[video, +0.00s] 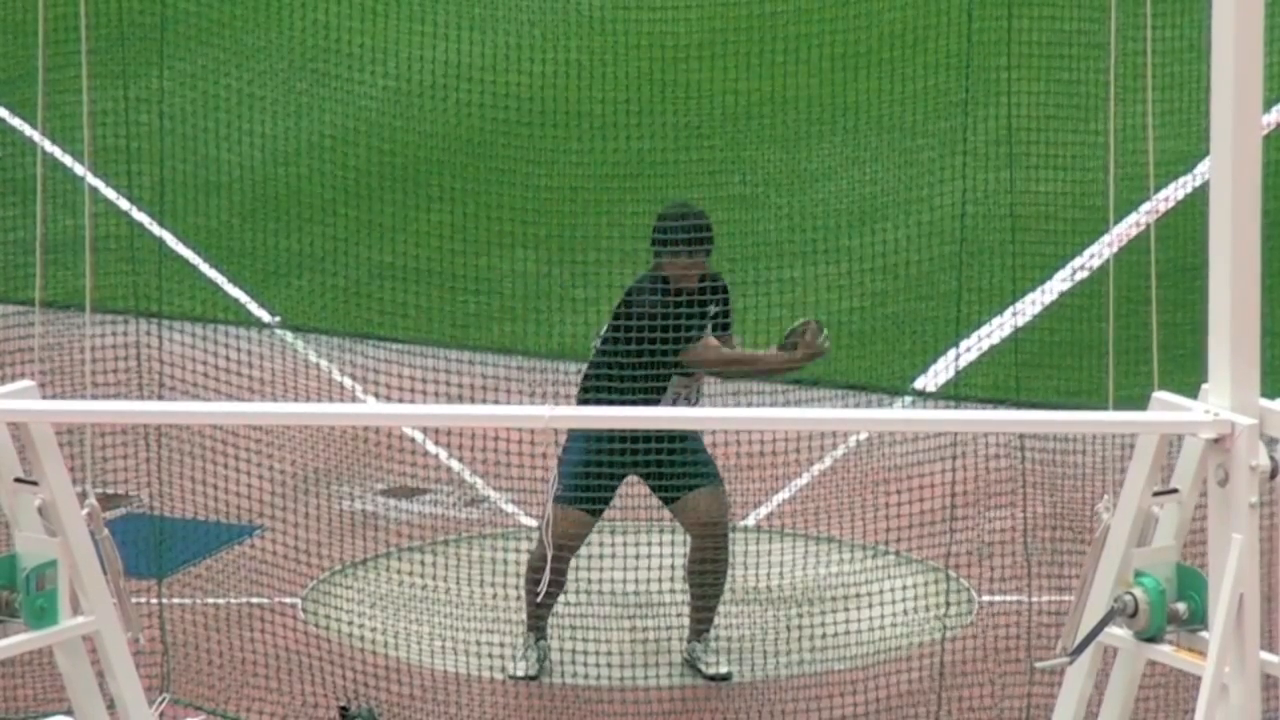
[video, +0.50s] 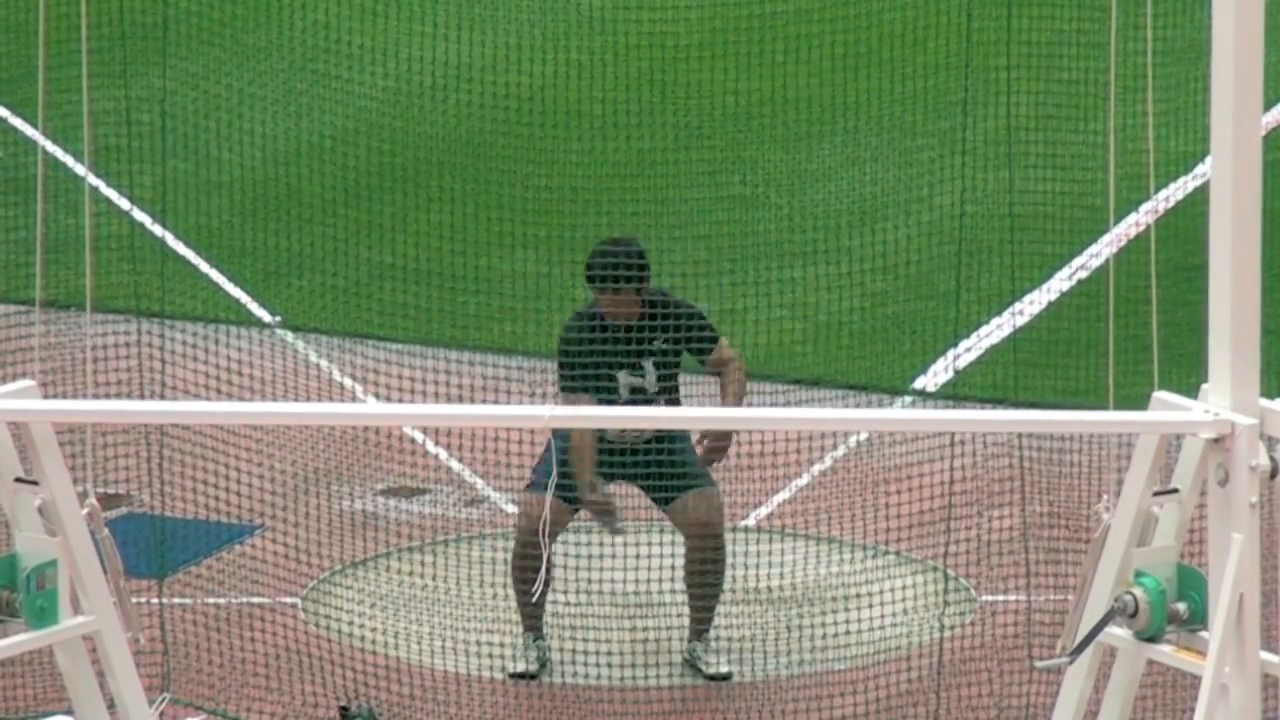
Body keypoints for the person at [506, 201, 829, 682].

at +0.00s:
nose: (688, 263)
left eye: (697, 252)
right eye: (677, 253)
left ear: (709, 253)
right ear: (659, 255)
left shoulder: (714, 291)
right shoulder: (647, 300)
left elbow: (726, 354)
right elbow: (711, 362)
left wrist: (783, 351)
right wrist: (793, 362)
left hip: (665, 430)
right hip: (602, 430)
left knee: (711, 522)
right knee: (562, 536)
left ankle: (699, 643)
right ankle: (533, 637)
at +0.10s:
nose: (682, 261)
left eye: (691, 251)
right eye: (672, 251)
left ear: (706, 252)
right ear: (657, 253)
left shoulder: (712, 288)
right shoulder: (645, 296)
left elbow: (725, 358)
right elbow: (706, 350)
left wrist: (778, 333)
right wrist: (783, 340)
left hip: (663, 429)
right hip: (601, 428)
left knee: (710, 520)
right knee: (564, 532)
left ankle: (698, 643)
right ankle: (534, 637)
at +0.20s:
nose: (678, 265)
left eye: (687, 253)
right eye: (667, 254)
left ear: (701, 254)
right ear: (650, 257)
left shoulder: (710, 290)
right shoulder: (639, 298)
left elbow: (722, 355)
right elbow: (695, 356)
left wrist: (774, 342)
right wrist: (783, 350)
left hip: (662, 430)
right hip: (598, 429)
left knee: (708, 520)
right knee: (560, 533)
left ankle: (698, 643)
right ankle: (533, 637)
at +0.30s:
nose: (662, 277)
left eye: (671, 267)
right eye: (652, 267)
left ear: (686, 264)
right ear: (638, 266)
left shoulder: (703, 297)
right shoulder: (626, 308)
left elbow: (728, 354)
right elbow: (682, 375)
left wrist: (747, 392)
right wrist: (755, 395)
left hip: (660, 430)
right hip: (595, 430)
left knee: (707, 521)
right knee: (552, 533)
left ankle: (698, 644)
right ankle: (534, 637)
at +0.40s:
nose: (635, 289)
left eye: (645, 279)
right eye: (627, 279)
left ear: (665, 275)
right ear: (617, 278)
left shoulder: (690, 306)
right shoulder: (607, 319)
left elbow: (732, 362)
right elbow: (637, 403)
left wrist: (731, 434)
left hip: (654, 436)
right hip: (591, 438)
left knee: (706, 519)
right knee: (541, 529)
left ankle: (698, 644)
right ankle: (533, 640)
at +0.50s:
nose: (608, 300)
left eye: (618, 291)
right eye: (601, 290)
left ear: (641, 288)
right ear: (592, 288)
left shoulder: (674, 317)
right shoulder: (580, 332)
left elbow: (730, 364)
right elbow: (579, 415)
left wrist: (725, 428)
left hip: (659, 442)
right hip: (587, 443)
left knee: (707, 525)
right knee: (532, 525)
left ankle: (698, 644)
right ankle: (533, 641)